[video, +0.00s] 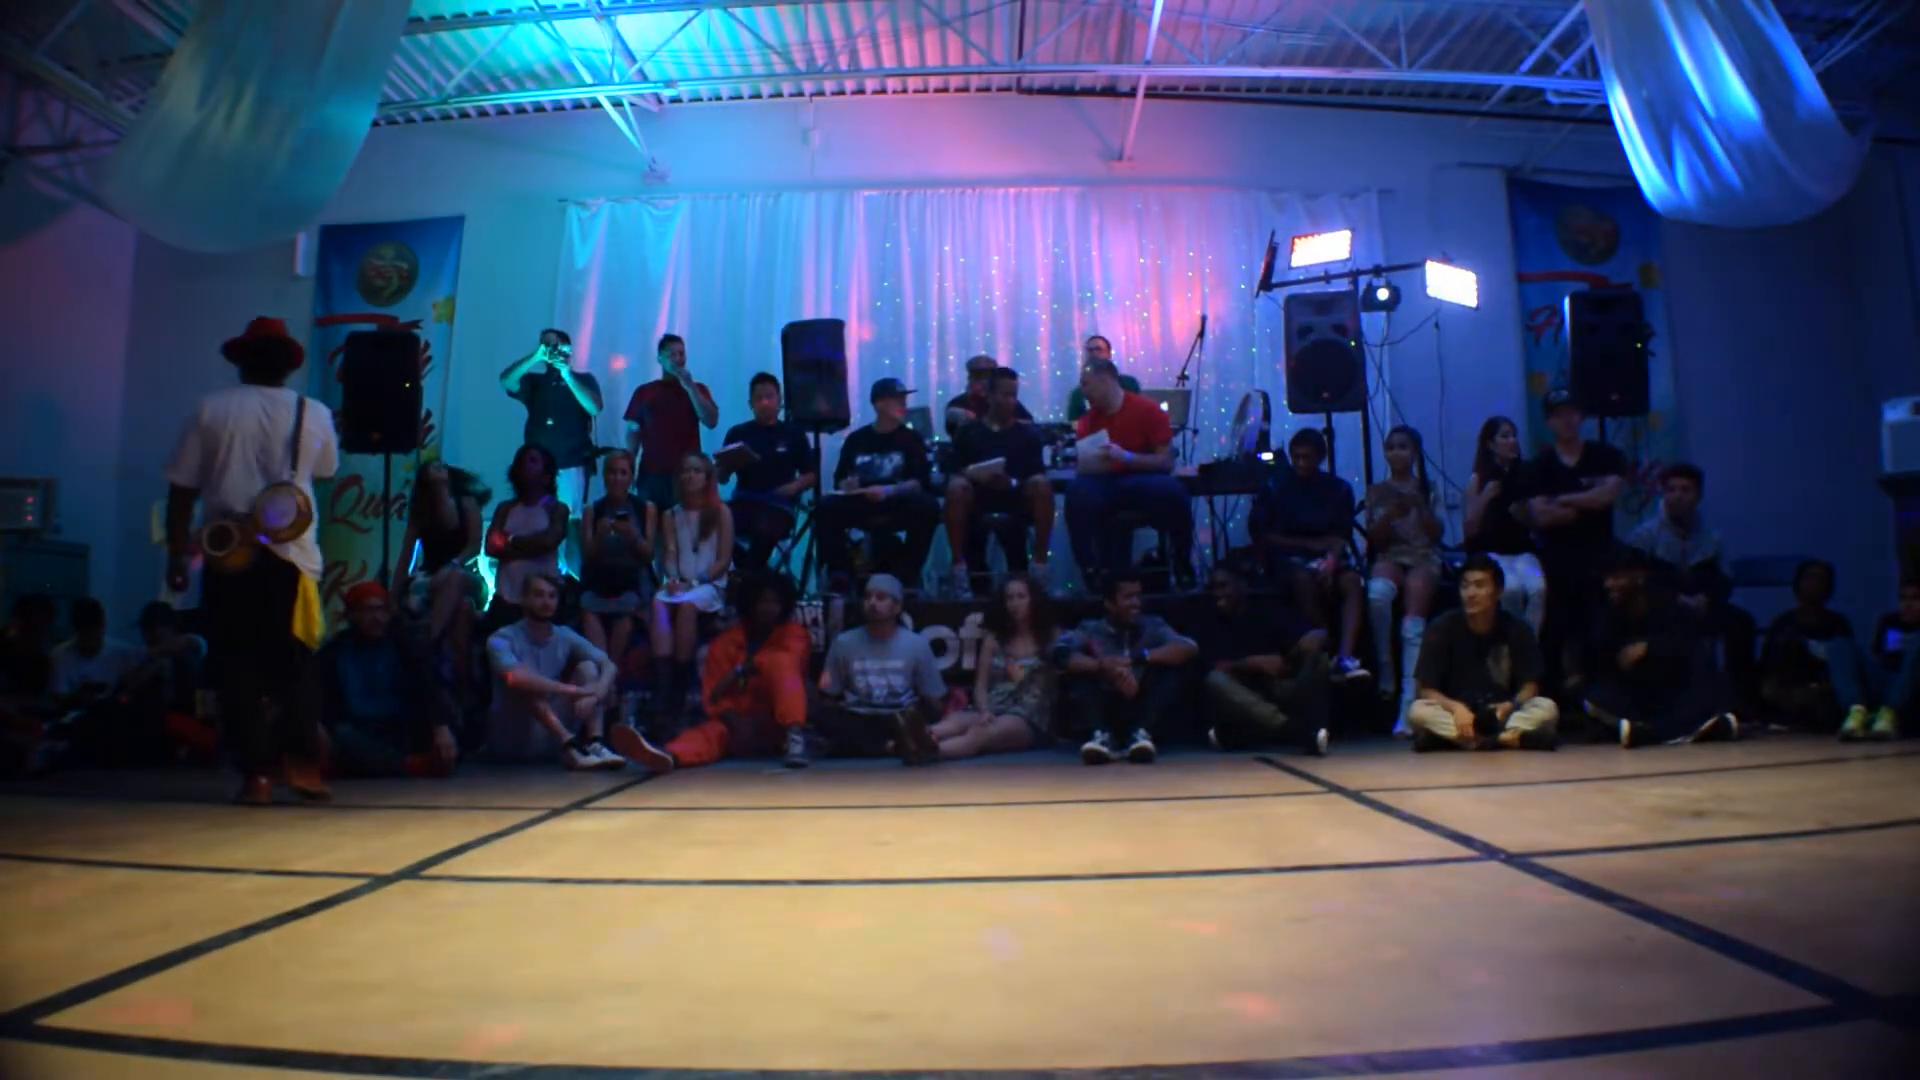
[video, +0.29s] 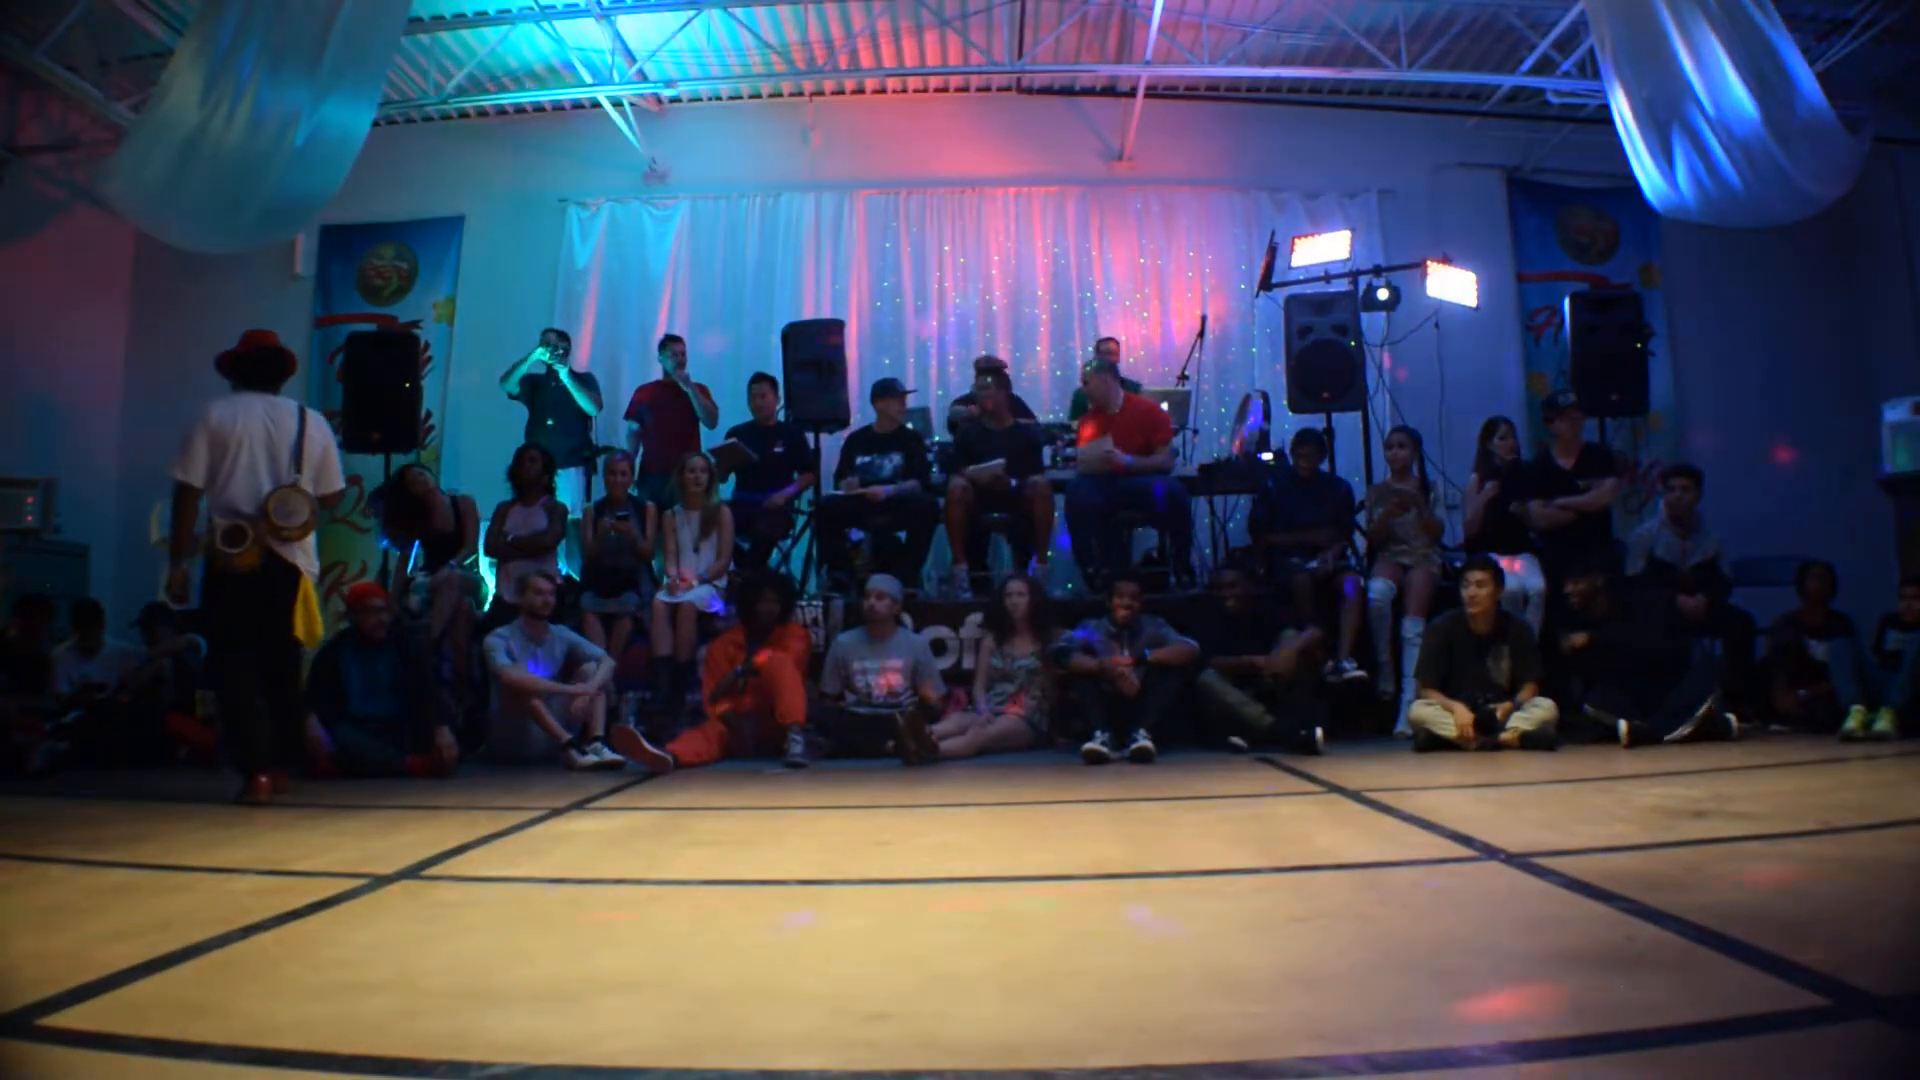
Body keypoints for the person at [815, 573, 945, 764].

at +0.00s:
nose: (872, 604)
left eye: (880, 598)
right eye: (868, 597)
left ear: (897, 606)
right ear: (862, 602)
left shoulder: (916, 645)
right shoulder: (844, 643)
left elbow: (935, 701)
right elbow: (829, 696)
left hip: (902, 716)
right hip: (856, 716)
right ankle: (886, 746)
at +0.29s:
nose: (871, 604)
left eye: (880, 598)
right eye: (867, 597)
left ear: (896, 606)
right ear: (862, 602)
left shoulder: (916, 645)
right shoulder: (843, 644)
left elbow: (933, 699)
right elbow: (829, 699)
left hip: (904, 717)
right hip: (858, 718)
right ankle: (887, 746)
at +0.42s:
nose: (869, 604)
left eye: (878, 598)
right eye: (865, 598)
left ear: (894, 606)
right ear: (860, 602)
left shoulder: (916, 645)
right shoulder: (843, 645)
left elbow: (933, 703)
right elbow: (828, 700)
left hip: (905, 719)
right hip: (858, 721)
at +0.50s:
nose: (869, 604)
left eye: (877, 598)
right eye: (865, 598)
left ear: (894, 606)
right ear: (860, 602)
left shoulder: (915, 645)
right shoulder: (842, 645)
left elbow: (935, 703)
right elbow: (829, 700)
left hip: (902, 719)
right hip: (856, 720)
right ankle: (888, 745)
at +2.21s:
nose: (870, 604)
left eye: (878, 598)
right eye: (866, 598)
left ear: (894, 606)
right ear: (861, 602)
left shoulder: (916, 644)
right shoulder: (843, 644)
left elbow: (935, 696)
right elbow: (828, 698)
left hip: (903, 713)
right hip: (859, 715)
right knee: (824, 717)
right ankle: (887, 745)